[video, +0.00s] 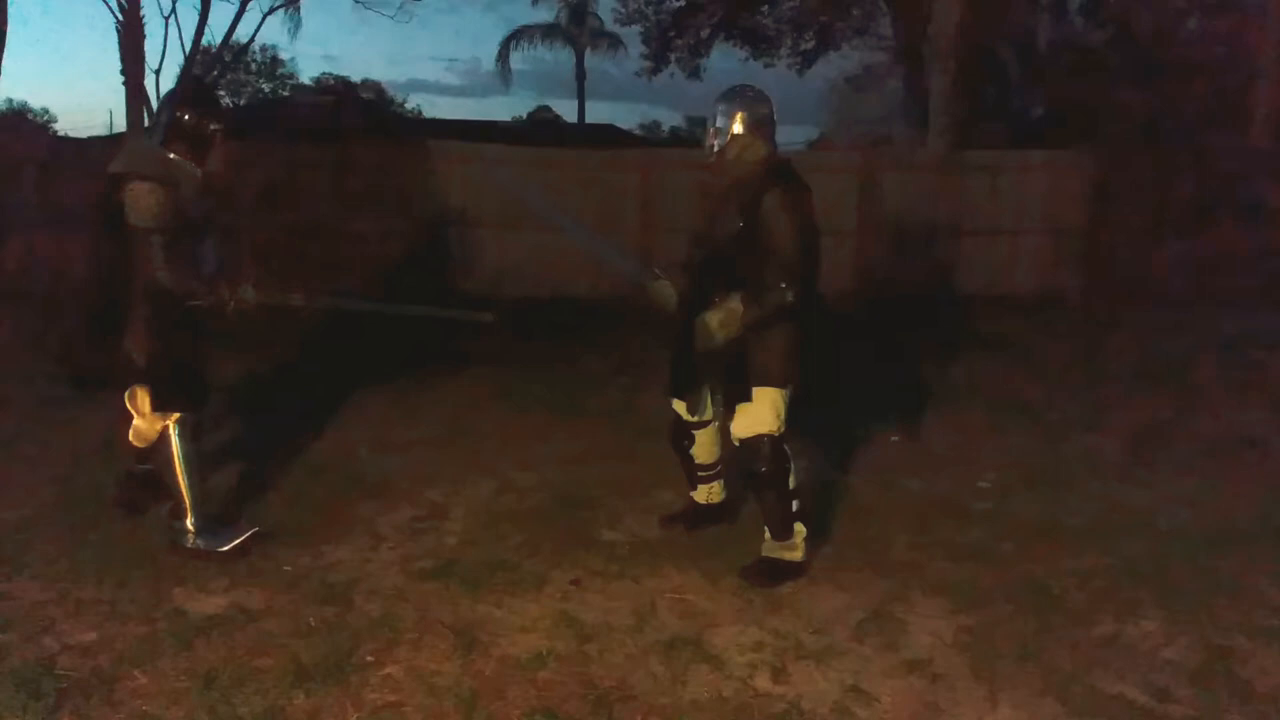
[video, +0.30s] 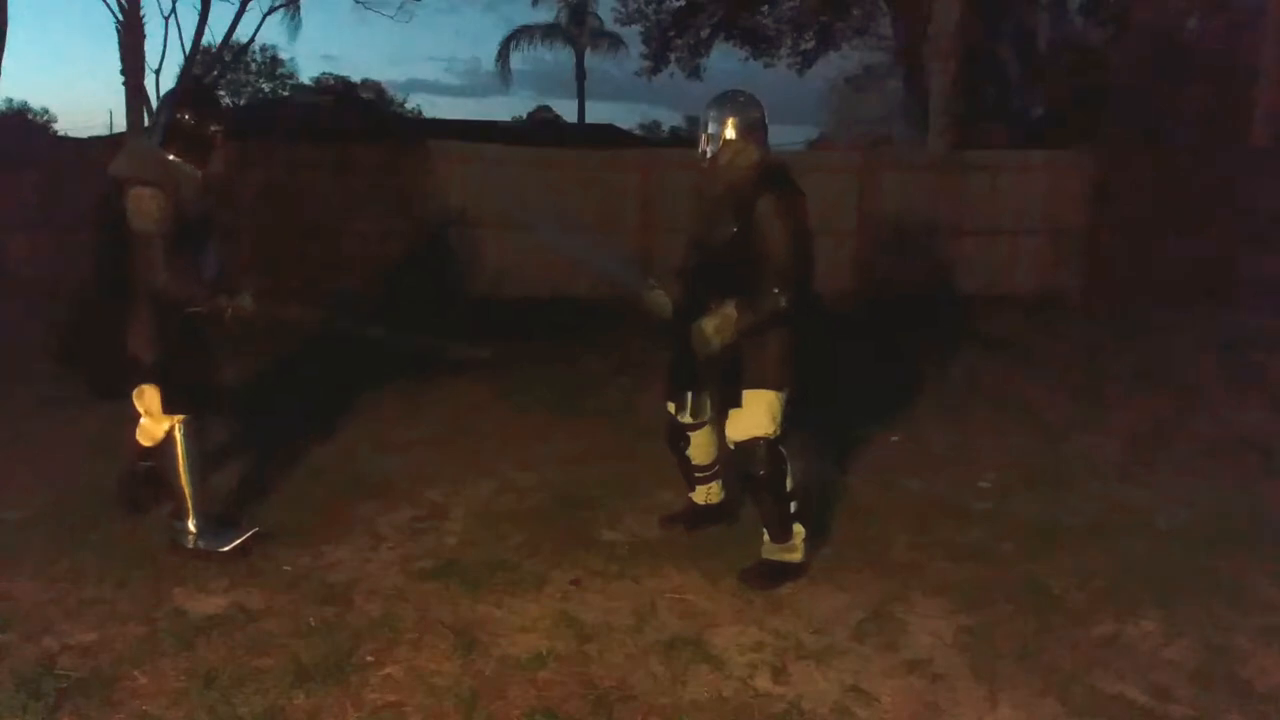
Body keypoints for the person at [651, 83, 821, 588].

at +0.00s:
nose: (714, 138)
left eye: (725, 126)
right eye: (715, 126)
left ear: (754, 129)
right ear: (729, 130)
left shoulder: (781, 189)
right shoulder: (724, 186)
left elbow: (788, 280)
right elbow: (714, 257)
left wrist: (737, 314)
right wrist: (681, 287)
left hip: (771, 324)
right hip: (718, 318)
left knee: (757, 435)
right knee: (693, 415)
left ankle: (786, 548)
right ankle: (709, 498)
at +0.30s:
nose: (707, 147)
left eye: (718, 134)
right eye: (706, 134)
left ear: (749, 137)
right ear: (712, 135)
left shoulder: (775, 193)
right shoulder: (714, 190)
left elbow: (783, 285)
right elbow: (704, 260)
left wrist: (733, 319)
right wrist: (676, 293)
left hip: (767, 326)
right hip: (713, 320)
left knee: (752, 439)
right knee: (689, 414)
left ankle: (785, 549)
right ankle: (708, 499)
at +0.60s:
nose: (710, 152)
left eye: (717, 139)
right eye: (709, 139)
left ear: (746, 137)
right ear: (735, 138)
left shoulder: (777, 193)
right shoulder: (730, 192)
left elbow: (787, 286)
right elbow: (710, 260)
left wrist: (737, 321)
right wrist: (675, 293)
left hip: (776, 337)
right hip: (728, 330)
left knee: (757, 447)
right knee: (695, 414)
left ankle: (794, 572)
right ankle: (709, 499)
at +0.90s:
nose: (731, 150)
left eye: (738, 137)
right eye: (730, 137)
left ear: (766, 133)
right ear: (761, 132)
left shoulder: (796, 191)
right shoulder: (756, 188)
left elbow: (809, 286)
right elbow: (744, 274)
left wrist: (760, 320)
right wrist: (705, 307)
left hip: (802, 346)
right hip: (768, 340)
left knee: (785, 472)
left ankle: (803, 586)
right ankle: (747, 497)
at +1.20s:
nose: (730, 143)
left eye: (737, 129)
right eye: (731, 129)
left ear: (764, 125)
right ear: (767, 126)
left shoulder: (802, 188)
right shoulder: (764, 185)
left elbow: (813, 285)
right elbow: (753, 273)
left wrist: (764, 327)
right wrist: (712, 306)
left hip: (808, 345)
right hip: (771, 339)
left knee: (789, 470)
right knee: (753, 431)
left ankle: (803, 585)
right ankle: (766, 510)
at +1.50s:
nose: (735, 145)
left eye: (742, 131)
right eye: (735, 131)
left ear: (769, 128)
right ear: (773, 129)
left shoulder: (803, 192)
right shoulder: (768, 186)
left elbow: (813, 287)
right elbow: (756, 273)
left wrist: (761, 325)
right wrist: (711, 305)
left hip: (809, 346)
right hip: (773, 340)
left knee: (788, 465)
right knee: (752, 425)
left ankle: (803, 584)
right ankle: (764, 511)